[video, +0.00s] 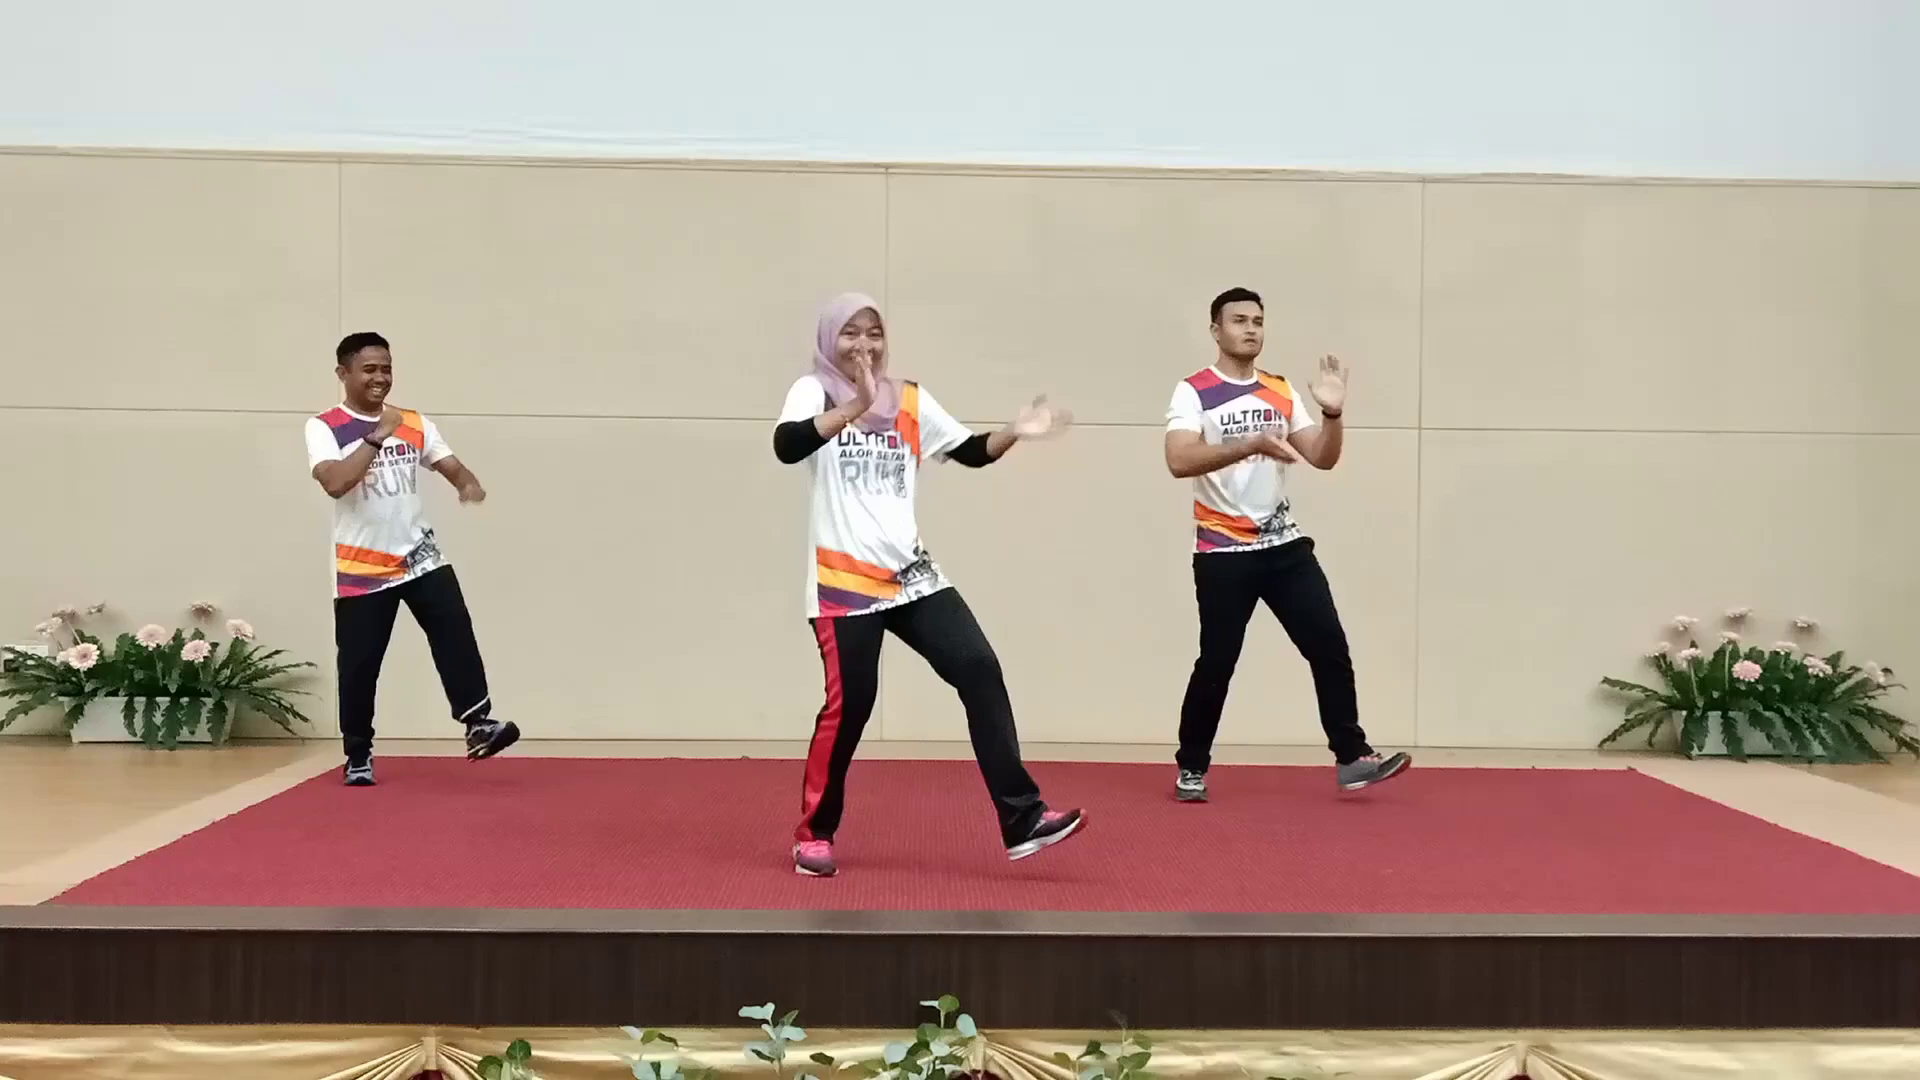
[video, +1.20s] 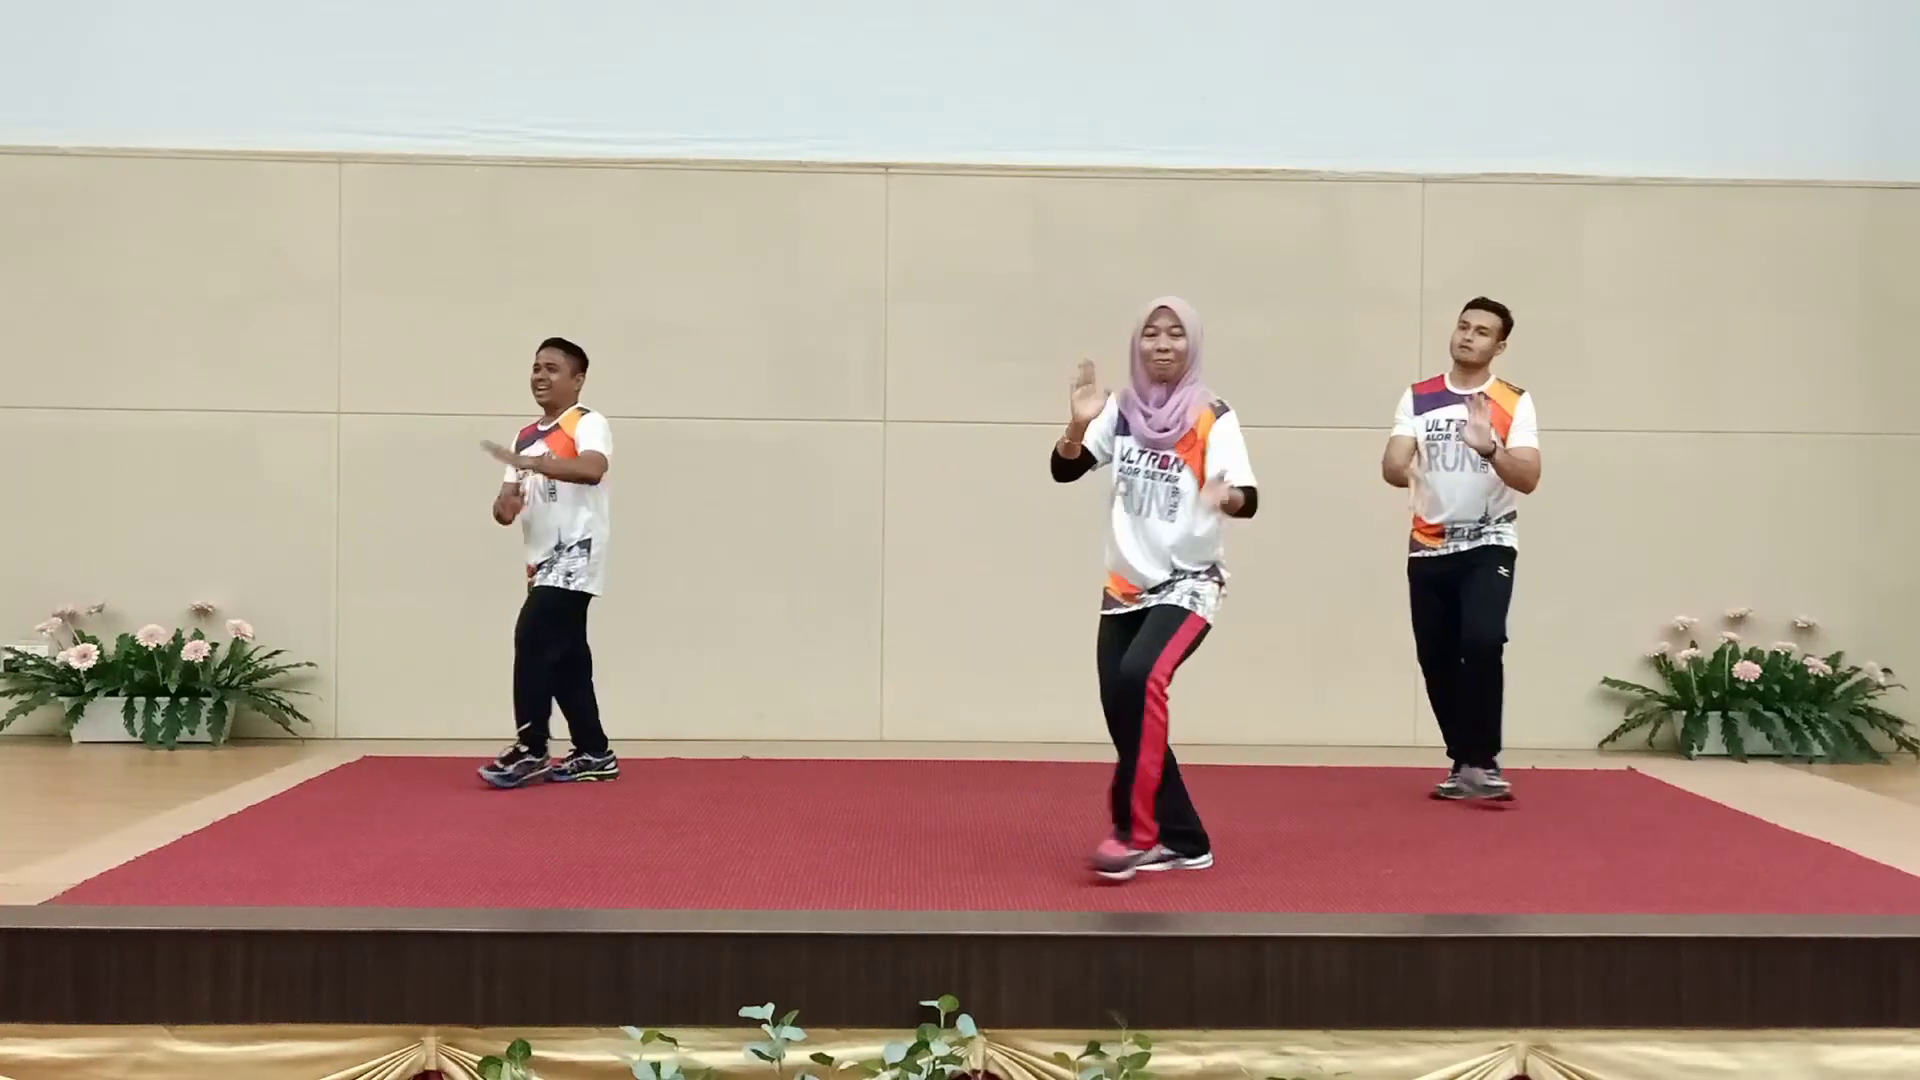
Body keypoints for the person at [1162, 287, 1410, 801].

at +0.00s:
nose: (1251, 329)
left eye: (1257, 322)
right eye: (1239, 321)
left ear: (1264, 332)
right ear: (1216, 330)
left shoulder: (1283, 392)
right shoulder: (1193, 391)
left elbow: (1323, 457)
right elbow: (1180, 461)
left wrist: (1333, 414)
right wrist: (1253, 445)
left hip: (1283, 546)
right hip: (1223, 552)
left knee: (1329, 648)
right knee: (1217, 663)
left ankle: (1352, 760)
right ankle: (1192, 767)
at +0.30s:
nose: (1302, 329)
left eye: (1311, 322)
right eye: (1291, 319)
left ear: (1320, 332)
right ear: (1269, 327)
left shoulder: (1331, 397)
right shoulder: (1243, 381)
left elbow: (1366, 468)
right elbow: (1234, 437)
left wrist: (1383, 470)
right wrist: (1289, 383)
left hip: (1315, 548)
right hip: (1252, 549)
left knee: (1354, 654)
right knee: (1227, 659)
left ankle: (1386, 768)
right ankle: (1194, 765)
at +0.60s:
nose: (1368, 332)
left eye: (1380, 326)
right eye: (1361, 323)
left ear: (1396, 338)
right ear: (1347, 329)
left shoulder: (1413, 401)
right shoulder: (1317, 386)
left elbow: (1425, 474)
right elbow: (1295, 449)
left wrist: (1422, 511)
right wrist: (1346, 389)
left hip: (1388, 549)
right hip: (1320, 546)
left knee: (1402, 661)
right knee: (1281, 651)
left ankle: (1400, 777)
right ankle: (1245, 759)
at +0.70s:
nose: (1391, 325)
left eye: (1404, 320)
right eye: (1386, 316)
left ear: (1421, 333)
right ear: (1374, 322)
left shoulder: (1437, 393)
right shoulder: (1341, 385)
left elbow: (1452, 466)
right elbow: (1315, 453)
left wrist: (1438, 471)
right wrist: (1365, 421)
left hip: (1410, 544)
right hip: (1345, 541)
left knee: (1407, 662)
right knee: (1317, 642)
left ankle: (1400, 774)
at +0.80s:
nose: (1401, 324)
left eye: (1415, 320)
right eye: (1397, 315)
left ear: (1433, 334)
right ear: (1385, 322)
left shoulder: (1449, 392)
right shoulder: (1351, 385)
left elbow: (1461, 476)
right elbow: (1327, 457)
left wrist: (1453, 454)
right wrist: (1369, 441)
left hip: (1420, 544)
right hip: (1358, 541)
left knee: (1412, 660)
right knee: (1339, 643)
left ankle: (1401, 773)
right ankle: (1386, 738)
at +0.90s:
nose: (1424, 332)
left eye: (1438, 328)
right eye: (1420, 322)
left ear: (1455, 342)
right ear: (1408, 329)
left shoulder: (1468, 397)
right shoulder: (1373, 393)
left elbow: (1481, 472)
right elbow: (1352, 466)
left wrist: (1462, 419)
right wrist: (1375, 483)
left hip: (1443, 543)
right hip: (1386, 545)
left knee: (1424, 660)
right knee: (1395, 661)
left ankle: (1405, 774)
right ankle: (1452, 753)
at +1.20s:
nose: (1469, 337)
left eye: (1482, 332)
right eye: (1464, 327)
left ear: (1499, 346)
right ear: (1452, 333)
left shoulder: (1513, 402)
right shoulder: (1418, 397)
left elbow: (1528, 479)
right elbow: (1393, 465)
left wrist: (1491, 448)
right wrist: (1408, 471)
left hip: (1488, 545)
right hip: (1430, 550)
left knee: (1481, 647)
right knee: (1438, 659)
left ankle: (1484, 766)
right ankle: (1464, 765)